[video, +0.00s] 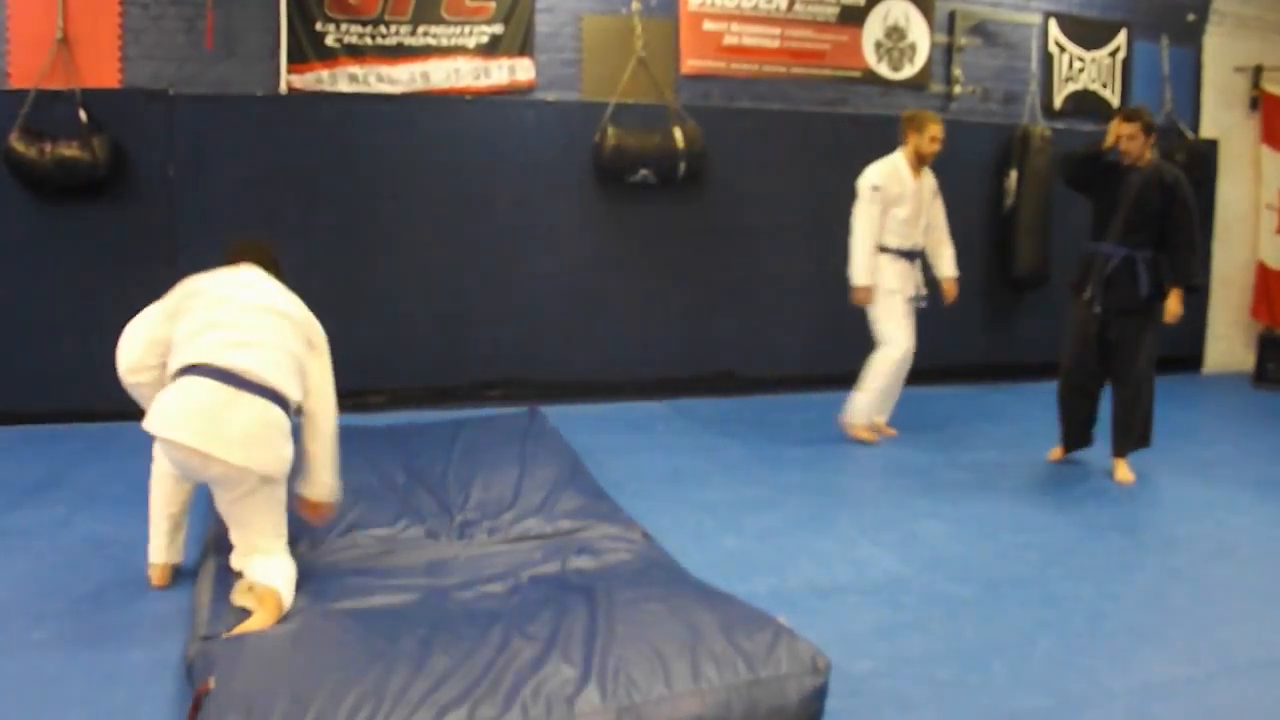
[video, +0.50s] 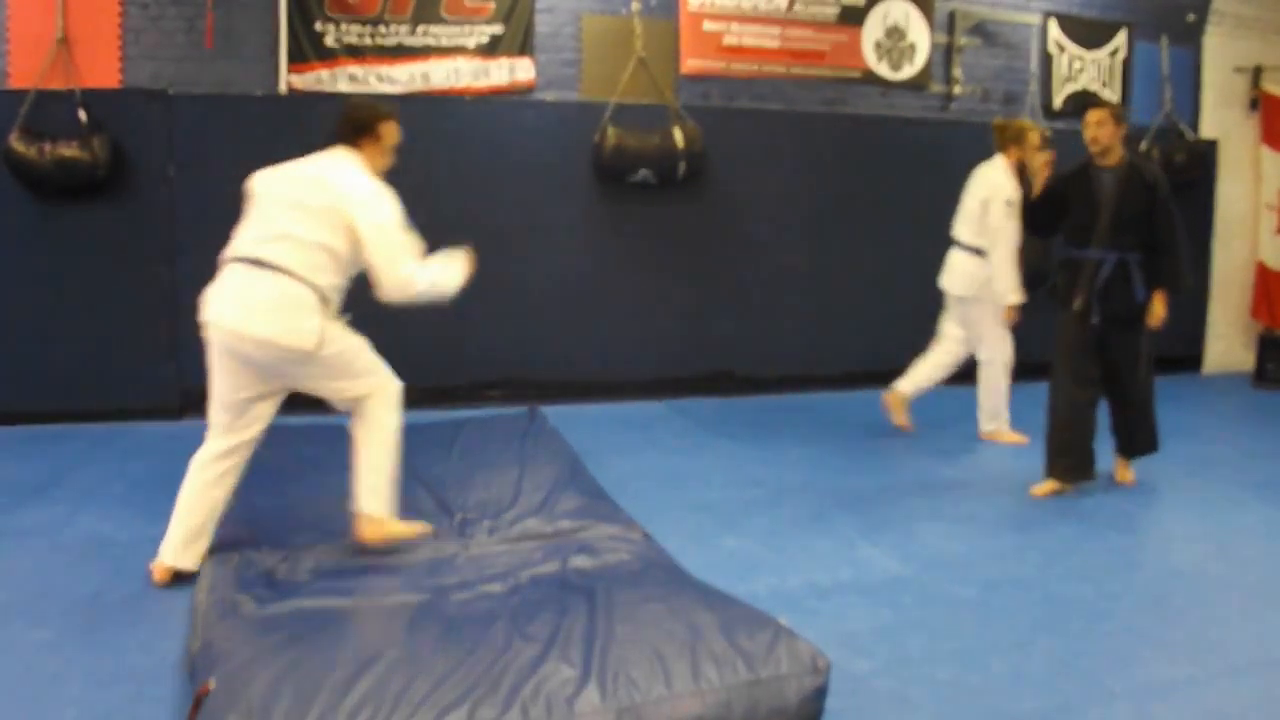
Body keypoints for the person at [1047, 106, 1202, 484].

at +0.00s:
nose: (1123, 146)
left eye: (1130, 139)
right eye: (1119, 139)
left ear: (1148, 140)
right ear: (1114, 141)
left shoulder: (1169, 181)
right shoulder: (1107, 172)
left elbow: (1181, 240)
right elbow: (1072, 174)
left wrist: (1176, 290)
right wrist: (1102, 147)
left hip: (1140, 284)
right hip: (1097, 279)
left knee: (1133, 371)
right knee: (1078, 363)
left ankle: (1121, 453)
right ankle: (1072, 439)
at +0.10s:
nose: (1121, 145)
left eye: (1129, 138)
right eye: (1117, 138)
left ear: (1147, 138)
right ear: (1112, 141)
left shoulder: (1169, 180)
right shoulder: (1106, 173)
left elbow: (1181, 240)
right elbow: (1068, 172)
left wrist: (1177, 291)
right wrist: (1100, 148)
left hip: (1142, 285)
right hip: (1097, 280)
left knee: (1132, 371)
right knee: (1077, 367)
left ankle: (1122, 455)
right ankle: (1063, 451)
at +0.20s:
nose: (1119, 144)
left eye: (1127, 136)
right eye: (1114, 137)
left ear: (1144, 138)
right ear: (1108, 142)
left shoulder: (1165, 181)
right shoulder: (1102, 174)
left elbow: (1180, 241)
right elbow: (1064, 181)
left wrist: (1175, 293)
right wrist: (1094, 151)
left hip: (1140, 285)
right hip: (1095, 281)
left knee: (1131, 372)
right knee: (1079, 370)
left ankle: (1122, 457)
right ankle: (1059, 457)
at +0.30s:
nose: (1111, 143)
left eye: (1119, 135)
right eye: (1106, 136)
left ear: (1137, 138)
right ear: (1100, 141)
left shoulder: (1161, 183)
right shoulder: (1095, 177)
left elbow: (1176, 244)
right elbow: (1056, 189)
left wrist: (1170, 296)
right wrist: (1082, 157)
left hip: (1137, 289)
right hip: (1092, 285)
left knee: (1130, 375)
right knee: (1078, 373)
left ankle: (1123, 458)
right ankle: (1060, 464)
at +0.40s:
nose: (1102, 141)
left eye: (1110, 133)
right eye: (1097, 134)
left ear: (1128, 137)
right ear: (1091, 139)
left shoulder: (1154, 183)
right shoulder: (1085, 179)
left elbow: (1170, 244)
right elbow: (1043, 204)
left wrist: (1164, 298)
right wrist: (1061, 168)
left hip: (1132, 292)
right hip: (1085, 288)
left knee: (1128, 376)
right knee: (1074, 379)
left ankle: (1123, 458)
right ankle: (1063, 471)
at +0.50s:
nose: (1092, 133)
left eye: (1100, 126)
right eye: (1087, 126)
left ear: (1120, 130)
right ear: (1083, 132)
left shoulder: (1147, 179)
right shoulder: (1073, 179)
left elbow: (1165, 240)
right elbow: (1040, 224)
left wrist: (1161, 291)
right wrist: (1036, 187)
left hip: (1128, 293)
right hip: (1079, 291)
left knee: (1128, 378)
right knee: (1070, 381)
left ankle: (1125, 455)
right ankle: (1064, 470)